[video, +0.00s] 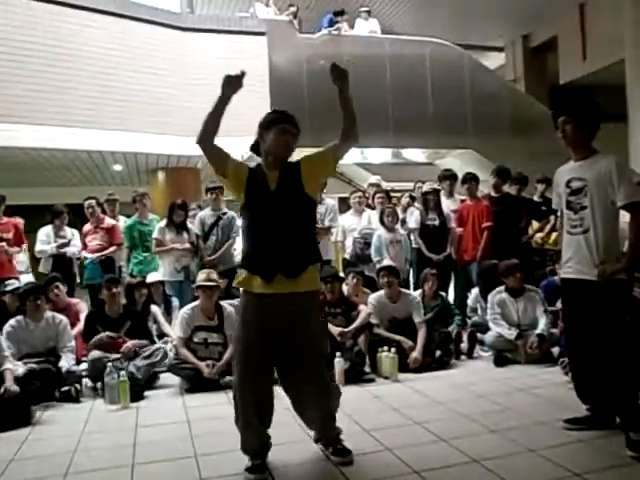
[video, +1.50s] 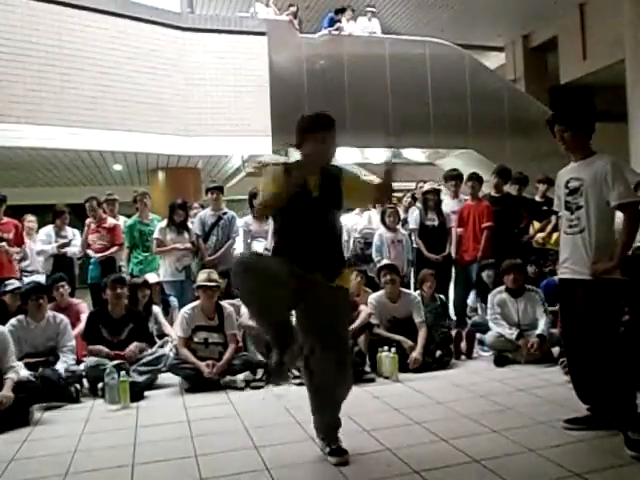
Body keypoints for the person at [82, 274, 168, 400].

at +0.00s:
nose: (114, 292)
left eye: (117, 287)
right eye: (109, 289)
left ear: (122, 290)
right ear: (101, 295)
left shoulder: (134, 314)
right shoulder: (94, 316)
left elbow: (150, 342)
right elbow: (88, 347)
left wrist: (135, 344)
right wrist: (101, 338)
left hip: (136, 357)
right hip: (106, 359)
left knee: (161, 351)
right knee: (95, 357)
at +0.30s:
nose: (117, 291)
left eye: (120, 287)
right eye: (112, 288)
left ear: (126, 292)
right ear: (104, 295)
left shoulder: (136, 315)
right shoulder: (94, 317)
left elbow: (147, 343)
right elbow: (89, 346)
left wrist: (134, 351)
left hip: (133, 360)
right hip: (105, 361)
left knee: (164, 354)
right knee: (91, 365)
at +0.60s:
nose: (121, 294)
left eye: (125, 290)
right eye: (117, 291)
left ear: (130, 293)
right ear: (108, 295)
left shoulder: (139, 316)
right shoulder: (97, 316)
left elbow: (151, 345)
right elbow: (90, 346)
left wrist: (137, 349)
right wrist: (99, 348)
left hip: (134, 361)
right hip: (107, 360)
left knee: (164, 356)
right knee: (92, 363)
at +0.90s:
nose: (122, 295)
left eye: (125, 291)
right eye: (117, 291)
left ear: (130, 293)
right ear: (109, 295)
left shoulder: (139, 317)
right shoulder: (97, 316)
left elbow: (151, 347)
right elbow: (90, 345)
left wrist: (137, 345)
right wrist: (100, 346)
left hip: (134, 359)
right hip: (107, 358)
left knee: (166, 352)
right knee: (94, 359)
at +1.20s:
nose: (121, 293)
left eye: (124, 289)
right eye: (116, 289)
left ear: (129, 292)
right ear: (107, 293)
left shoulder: (138, 316)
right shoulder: (97, 315)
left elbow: (151, 347)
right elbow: (90, 346)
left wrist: (138, 344)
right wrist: (101, 349)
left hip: (134, 359)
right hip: (107, 360)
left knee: (165, 355)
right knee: (91, 362)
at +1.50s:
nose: (118, 292)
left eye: (122, 288)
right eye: (113, 289)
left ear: (127, 292)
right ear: (105, 295)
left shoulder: (137, 316)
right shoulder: (95, 316)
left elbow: (150, 345)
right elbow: (90, 348)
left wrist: (137, 346)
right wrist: (112, 355)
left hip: (134, 360)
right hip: (106, 361)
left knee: (165, 354)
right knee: (90, 364)